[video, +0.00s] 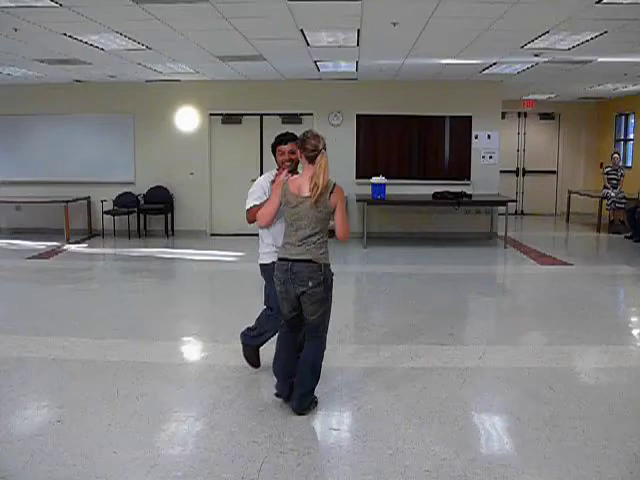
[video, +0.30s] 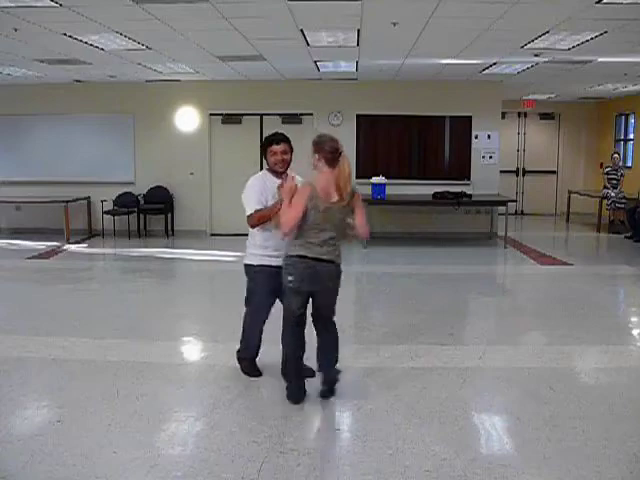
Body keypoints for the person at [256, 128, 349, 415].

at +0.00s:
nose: (295, 157)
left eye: (296, 153)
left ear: (299, 155)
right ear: (324, 155)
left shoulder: (284, 184)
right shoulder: (334, 191)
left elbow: (264, 220)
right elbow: (342, 235)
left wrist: (276, 189)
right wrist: (331, 214)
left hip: (284, 265)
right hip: (315, 268)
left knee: (291, 327)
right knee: (315, 333)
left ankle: (284, 386)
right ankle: (302, 399)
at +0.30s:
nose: (312, 161)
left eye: (313, 157)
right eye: (315, 157)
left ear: (317, 158)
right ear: (339, 157)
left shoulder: (308, 189)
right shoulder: (352, 193)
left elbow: (286, 226)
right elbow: (362, 231)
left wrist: (286, 197)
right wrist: (341, 222)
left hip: (298, 265)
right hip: (330, 268)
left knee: (293, 323)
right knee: (325, 319)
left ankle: (295, 388)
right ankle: (328, 378)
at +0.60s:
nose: (339, 152)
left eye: (343, 147)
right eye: (341, 146)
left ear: (356, 152)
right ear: (356, 152)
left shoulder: (366, 187)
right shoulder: (357, 184)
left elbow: (370, 228)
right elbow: (352, 214)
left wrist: (335, 228)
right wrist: (327, 198)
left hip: (356, 265)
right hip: (347, 262)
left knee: (335, 320)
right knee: (340, 317)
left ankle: (349, 381)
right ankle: (359, 369)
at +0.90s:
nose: (374, 160)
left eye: (379, 155)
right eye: (372, 156)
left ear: (395, 157)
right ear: (373, 160)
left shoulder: (411, 186)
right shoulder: (379, 189)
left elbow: (388, 216)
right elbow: (354, 220)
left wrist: (378, 187)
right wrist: (320, 216)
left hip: (406, 268)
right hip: (379, 264)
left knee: (405, 324)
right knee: (356, 316)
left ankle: (418, 370)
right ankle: (356, 373)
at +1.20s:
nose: (389, 160)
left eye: (393, 154)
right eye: (387, 156)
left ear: (410, 154)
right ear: (389, 160)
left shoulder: (424, 182)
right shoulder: (400, 184)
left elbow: (392, 208)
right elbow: (374, 214)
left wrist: (388, 179)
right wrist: (342, 214)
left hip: (422, 261)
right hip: (401, 259)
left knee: (414, 318)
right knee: (395, 312)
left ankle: (418, 371)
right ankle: (423, 350)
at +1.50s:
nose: (385, 156)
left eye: (390, 151)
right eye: (385, 151)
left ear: (406, 155)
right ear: (397, 157)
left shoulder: (423, 185)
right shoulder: (390, 186)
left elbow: (421, 227)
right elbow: (368, 217)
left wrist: (390, 212)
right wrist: (336, 220)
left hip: (421, 262)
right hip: (398, 260)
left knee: (408, 314)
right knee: (408, 314)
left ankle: (419, 369)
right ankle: (431, 352)